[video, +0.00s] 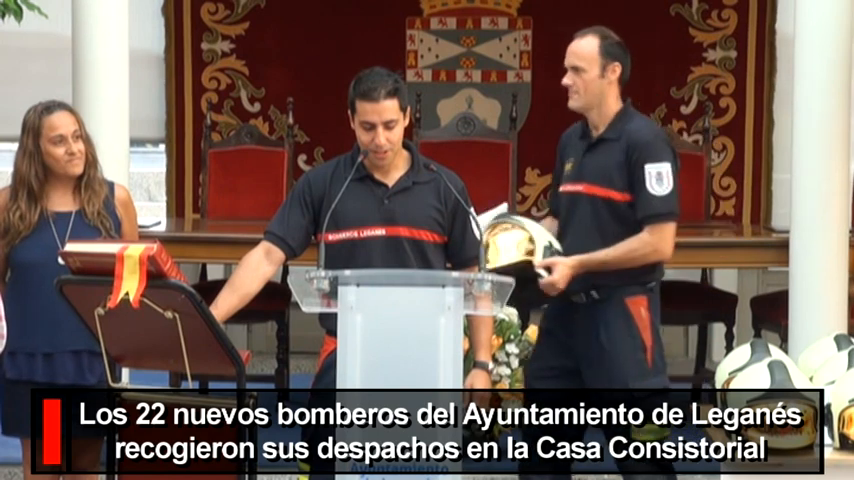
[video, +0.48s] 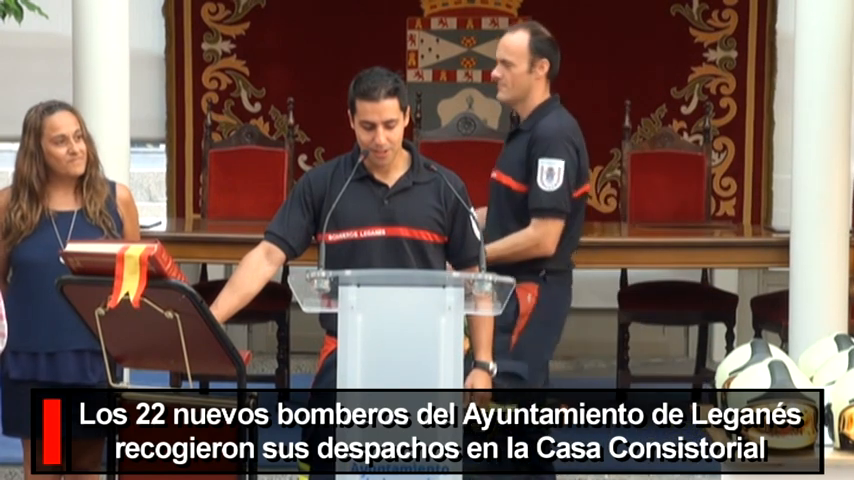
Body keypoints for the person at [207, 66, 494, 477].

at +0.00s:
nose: (379, 139)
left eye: (389, 126)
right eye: (368, 127)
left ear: (407, 118)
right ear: (352, 122)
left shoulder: (445, 188)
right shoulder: (322, 184)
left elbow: (474, 280)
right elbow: (267, 255)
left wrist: (482, 364)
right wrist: (208, 322)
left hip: (427, 350)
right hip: (348, 350)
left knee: (430, 469)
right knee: (329, 464)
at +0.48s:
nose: (379, 139)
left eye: (390, 125)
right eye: (368, 127)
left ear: (407, 118)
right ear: (352, 122)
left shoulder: (445, 188)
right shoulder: (322, 184)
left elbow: (474, 280)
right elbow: (267, 255)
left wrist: (483, 364)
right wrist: (208, 322)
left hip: (427, 353)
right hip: (348, 352)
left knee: (430, 470)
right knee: (330, 466)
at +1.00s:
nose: (379, 139)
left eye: (389, 125)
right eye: (368, 127)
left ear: (406, 119)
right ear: (352, 122)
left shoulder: (444, 187)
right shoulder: (322, 184)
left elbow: (475, 281)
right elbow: (268, 254)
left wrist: (483, 365)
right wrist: (209, 322)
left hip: (429, 353)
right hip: (348, 352)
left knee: (432, 469)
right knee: (327, 465)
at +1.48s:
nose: (380, 139)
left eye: (391, 126)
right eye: (369, 127)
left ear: (409, 120)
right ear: (354, 123)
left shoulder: (448, 190)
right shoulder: (323, 185)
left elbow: (477, 282)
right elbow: (269, 256)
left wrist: (485, 366)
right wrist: (212, 322)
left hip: (429, 357)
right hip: (349, 355)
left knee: (430, 469)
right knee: (330, 466)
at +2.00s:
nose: (381, 139)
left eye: (392, 126)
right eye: (370, 127)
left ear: (411, 120)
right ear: (355, 122)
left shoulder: (449, 190)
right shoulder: (327, 184)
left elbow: (479, 282)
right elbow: (272, 256)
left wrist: (486, 366)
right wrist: (210, 323)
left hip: (430, 356)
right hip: (351, 354)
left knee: (431, 471)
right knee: (332, 466)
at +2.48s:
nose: (384, 139)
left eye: (395, 126)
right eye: (372, 127)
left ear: (411, 119)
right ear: (357, 123)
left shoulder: (450, 190)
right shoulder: (326, 185)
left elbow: (480, 283)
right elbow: (272, 257)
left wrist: (487, 366)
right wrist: (214, 323)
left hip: (432, 351)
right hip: (353, 349)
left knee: (435, 468)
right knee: (331, 461)